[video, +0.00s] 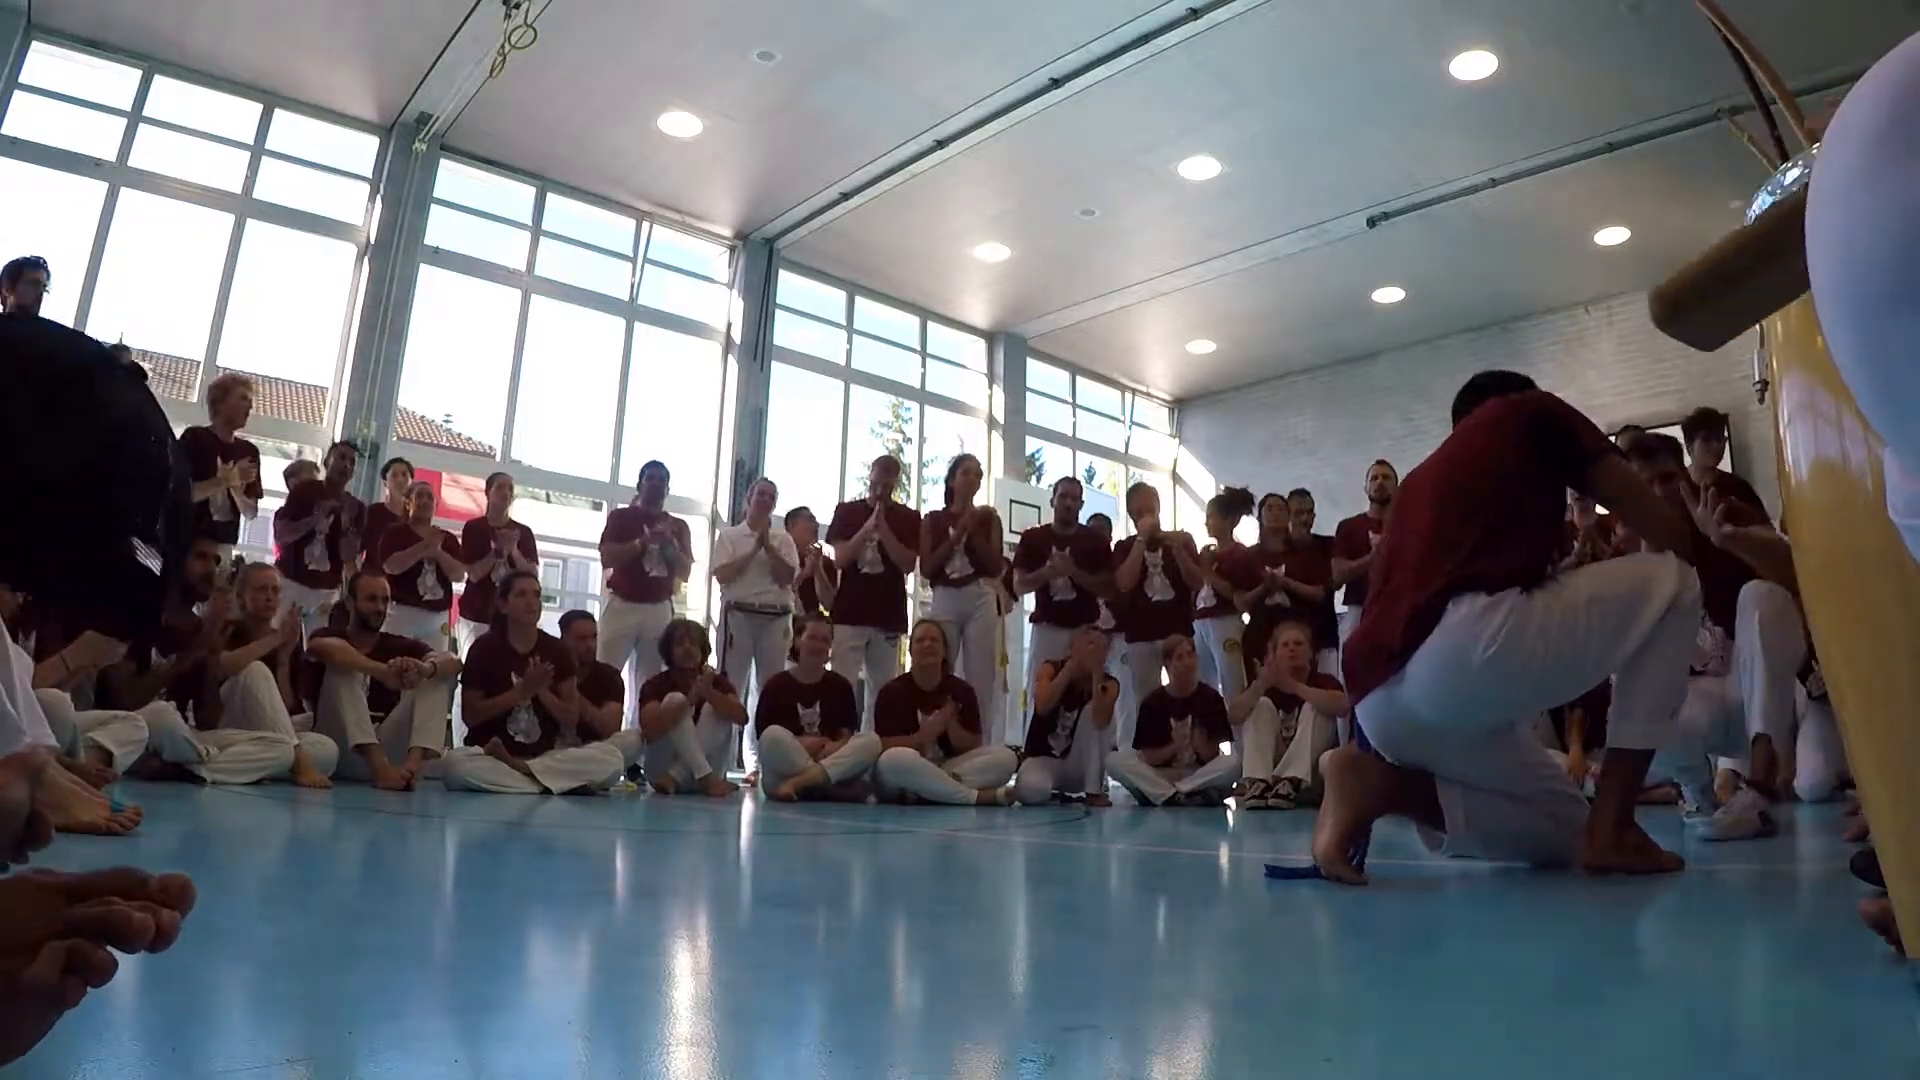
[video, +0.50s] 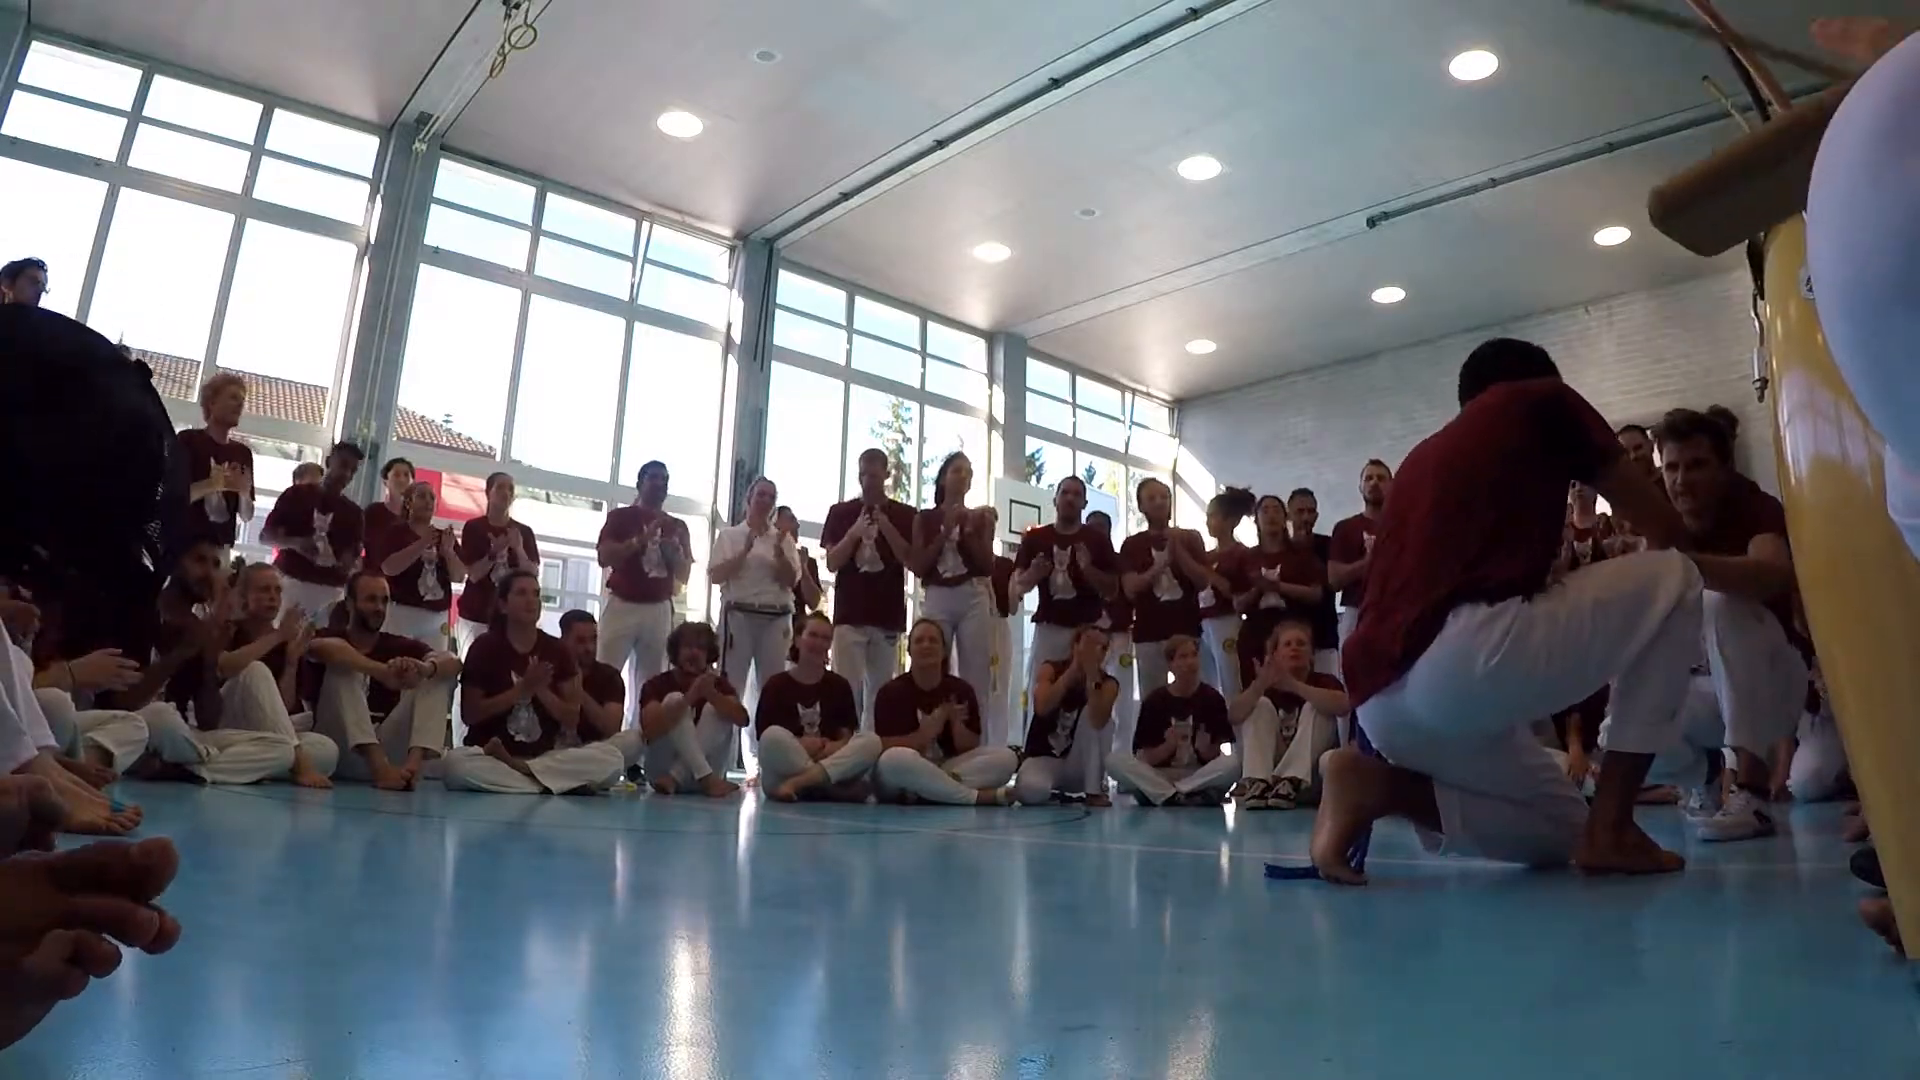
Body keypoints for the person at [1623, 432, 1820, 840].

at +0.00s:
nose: (1659, 493)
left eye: (1667, 480)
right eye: (1646, 485)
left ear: (1686, 475)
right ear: (1632, 490)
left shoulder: (1727, 493)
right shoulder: (1637, 531)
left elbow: (1783, 567)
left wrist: (1722, 535)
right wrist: (1644, 533)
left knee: (1760, 596)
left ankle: (1762, 769)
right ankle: (1697, 783)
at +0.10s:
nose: (1669, 491)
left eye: (1677, 476)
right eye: (1654, 484)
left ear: (1697, 474)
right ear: (1635, 491)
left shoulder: (1728, 507)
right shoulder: (1636, 541)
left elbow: (1785, 572)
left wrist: (1731, 535)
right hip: (1689, 684)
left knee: (1744, 596)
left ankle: (1754, 790)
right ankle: (1695, 778)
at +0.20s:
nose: (1673, 485)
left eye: (1684, 473)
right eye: (1661, 477)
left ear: (1705, 474)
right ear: (1645, 483)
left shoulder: (1733, 503)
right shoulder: (1639, 533)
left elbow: (1771, 564)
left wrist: (1728, 540)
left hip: (1754, 686)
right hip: (1684, 692)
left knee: (1737, 596)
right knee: (1629, 712)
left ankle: (1753, 793)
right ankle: (1697, 778)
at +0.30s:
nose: (1678, 482)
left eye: (1692, 468)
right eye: (1668, 471)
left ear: (1723, 467)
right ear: (1655, 477)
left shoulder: (1747, 504)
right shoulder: (1649, 523)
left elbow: (1760, 556)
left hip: (1766, 685)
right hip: (1695, 689)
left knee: (1733, 598)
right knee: (1619, 722)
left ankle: (1749, 793)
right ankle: (1699, 780)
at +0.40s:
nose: (1682, 480)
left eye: (1695, 466)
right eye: (1671, 468)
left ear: (1724, 467)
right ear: (1660, 473)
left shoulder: (1755, 509)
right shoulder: (1658, 525)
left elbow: (1764, 569)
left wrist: (1671, 562)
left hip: (1770, 674)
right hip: (1697, 679)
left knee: (1728, 603)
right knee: (1625, 708)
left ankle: (1748, 793)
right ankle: (1704, 775)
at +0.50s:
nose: (1682, 480)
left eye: (1696, 466)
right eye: (1671, 468)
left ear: (1724, 466)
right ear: (1660, 472)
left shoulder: (1756, 507)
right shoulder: (1660, 523)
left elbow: (1773, 574)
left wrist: (1676, 567)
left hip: (1772, 681)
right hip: (1696, 683)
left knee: (1726, 603)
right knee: (1621, 737)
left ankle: (1744, 793)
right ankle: (1704, 777)